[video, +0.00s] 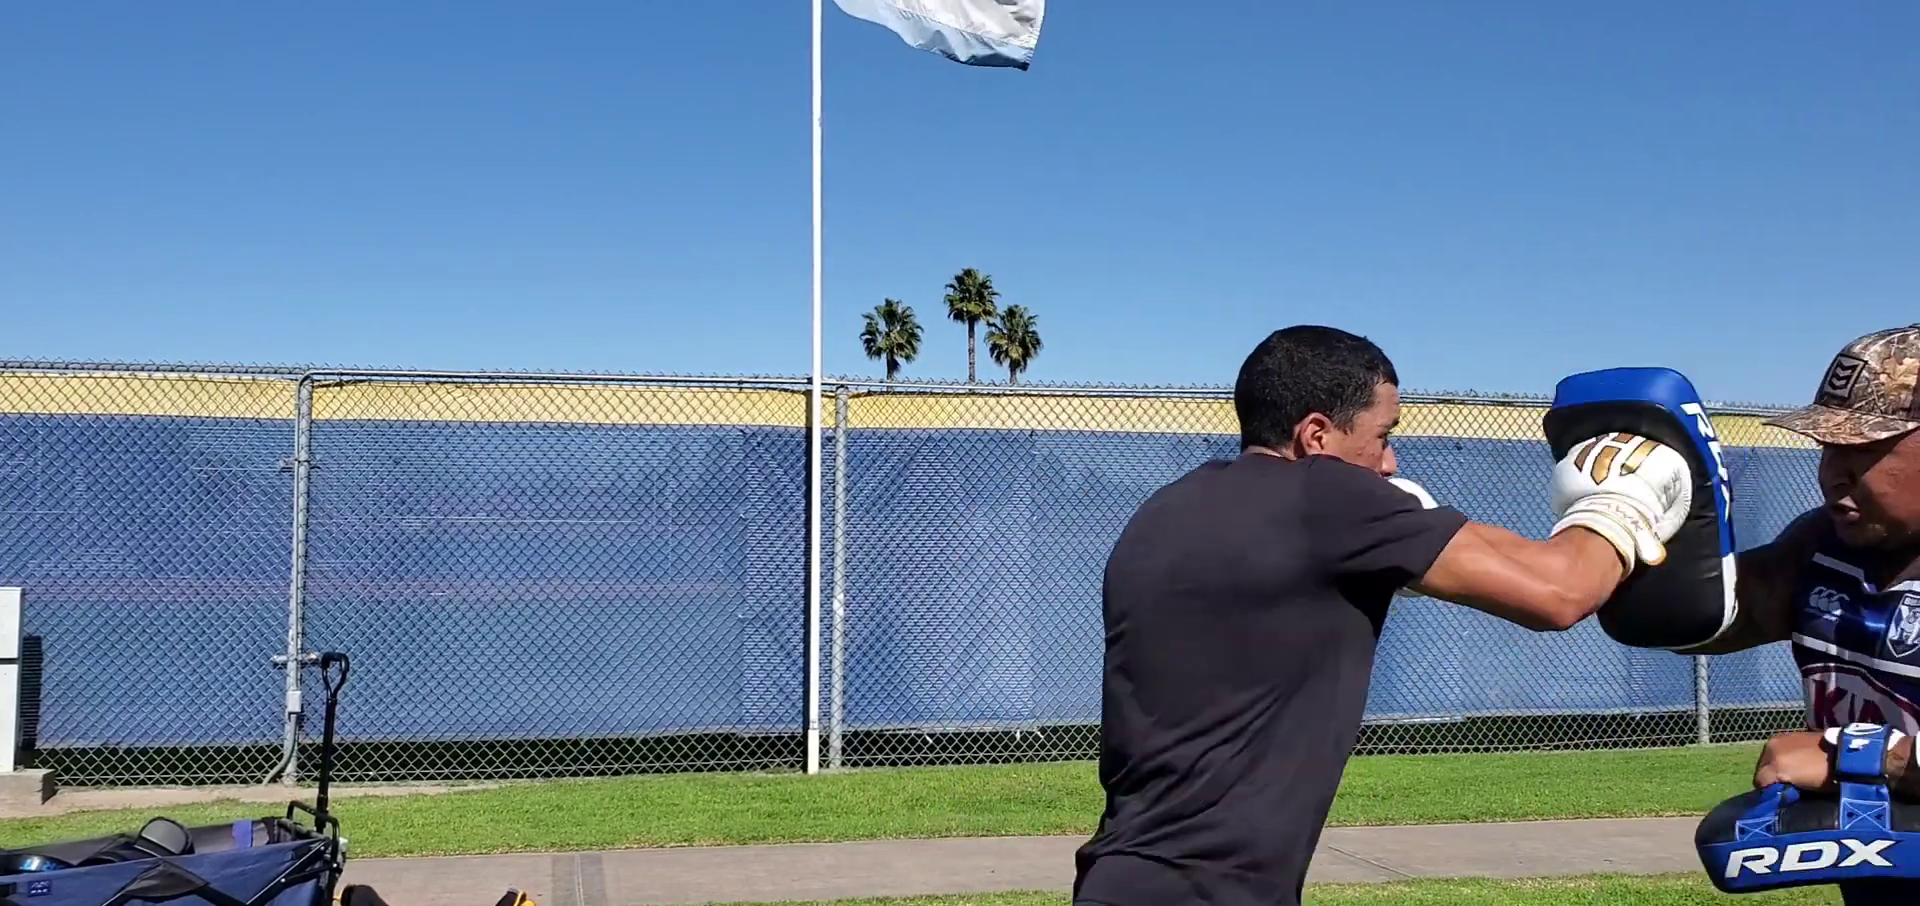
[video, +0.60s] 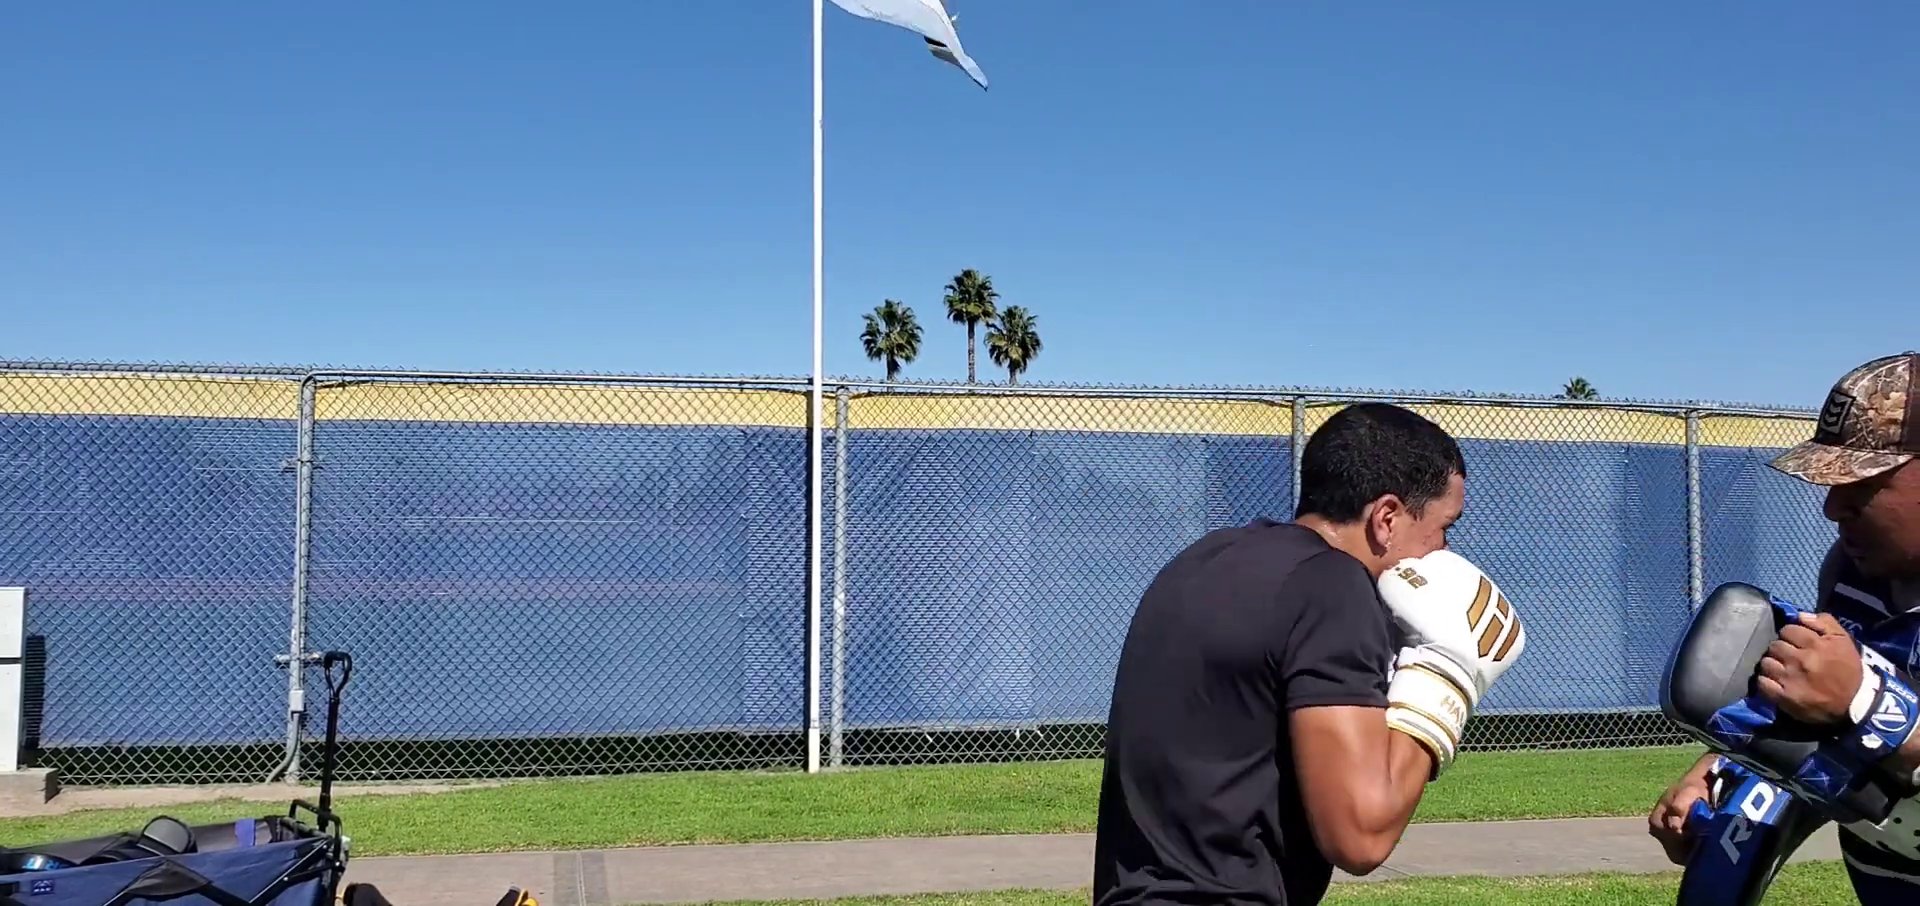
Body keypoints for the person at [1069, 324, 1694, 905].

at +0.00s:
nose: (1393, 464)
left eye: (1392, 440)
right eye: (1383, 439)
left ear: (1291, 432)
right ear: (1313, 435)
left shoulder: (1157, 518)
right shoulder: (1325, 501)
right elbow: (1557, 590)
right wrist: (1628, 504)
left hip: (1121, 871)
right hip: (1218, 883)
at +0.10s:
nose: (1399, 456)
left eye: (1398, 430)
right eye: (1388, 427)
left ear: (1309, 424)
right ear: (1322, 423)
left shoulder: (1164, 513)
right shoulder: (1326, 507)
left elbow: (1218, 671)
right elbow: (1522, 659)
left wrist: (1343, 618)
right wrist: (1607, 568)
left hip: (1131, 871)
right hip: (1251, 880)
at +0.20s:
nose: (1405, 453)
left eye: (1402, 426)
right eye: (1394, 425)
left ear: (1320, 430)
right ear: (1328, 429)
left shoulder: (1175, 514)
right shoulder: (1319, 526)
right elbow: (1400, 767)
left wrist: (1344, 603)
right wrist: (1497, 668)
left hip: (1134, 866)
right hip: (1243, 876)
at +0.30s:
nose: (1408, 468)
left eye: (1407, 443)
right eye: (1400, 441)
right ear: (1338, 434)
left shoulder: (1188, 513)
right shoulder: (1287, 538)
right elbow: (1292, 792)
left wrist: (1345, 626)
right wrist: (1410, 659)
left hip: (1138, 862)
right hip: (1223, 879)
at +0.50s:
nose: (1410, 494)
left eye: (1417, 472)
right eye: (1411, 468)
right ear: (1351, 452)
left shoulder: (1197, 514)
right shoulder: (1279, 539)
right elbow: (1293, 791)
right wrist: (1391, 636)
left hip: (1142, 867)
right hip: (1216, 882)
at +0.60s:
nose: (1443, 552)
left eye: (1450, 530)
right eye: (1443, 528)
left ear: (1314, 500)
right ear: (1386, 519)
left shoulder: (1206, 558)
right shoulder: (1329, 585)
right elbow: (1359, 837)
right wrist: (1444, 673)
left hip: (1131, 884)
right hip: (1236, 889)